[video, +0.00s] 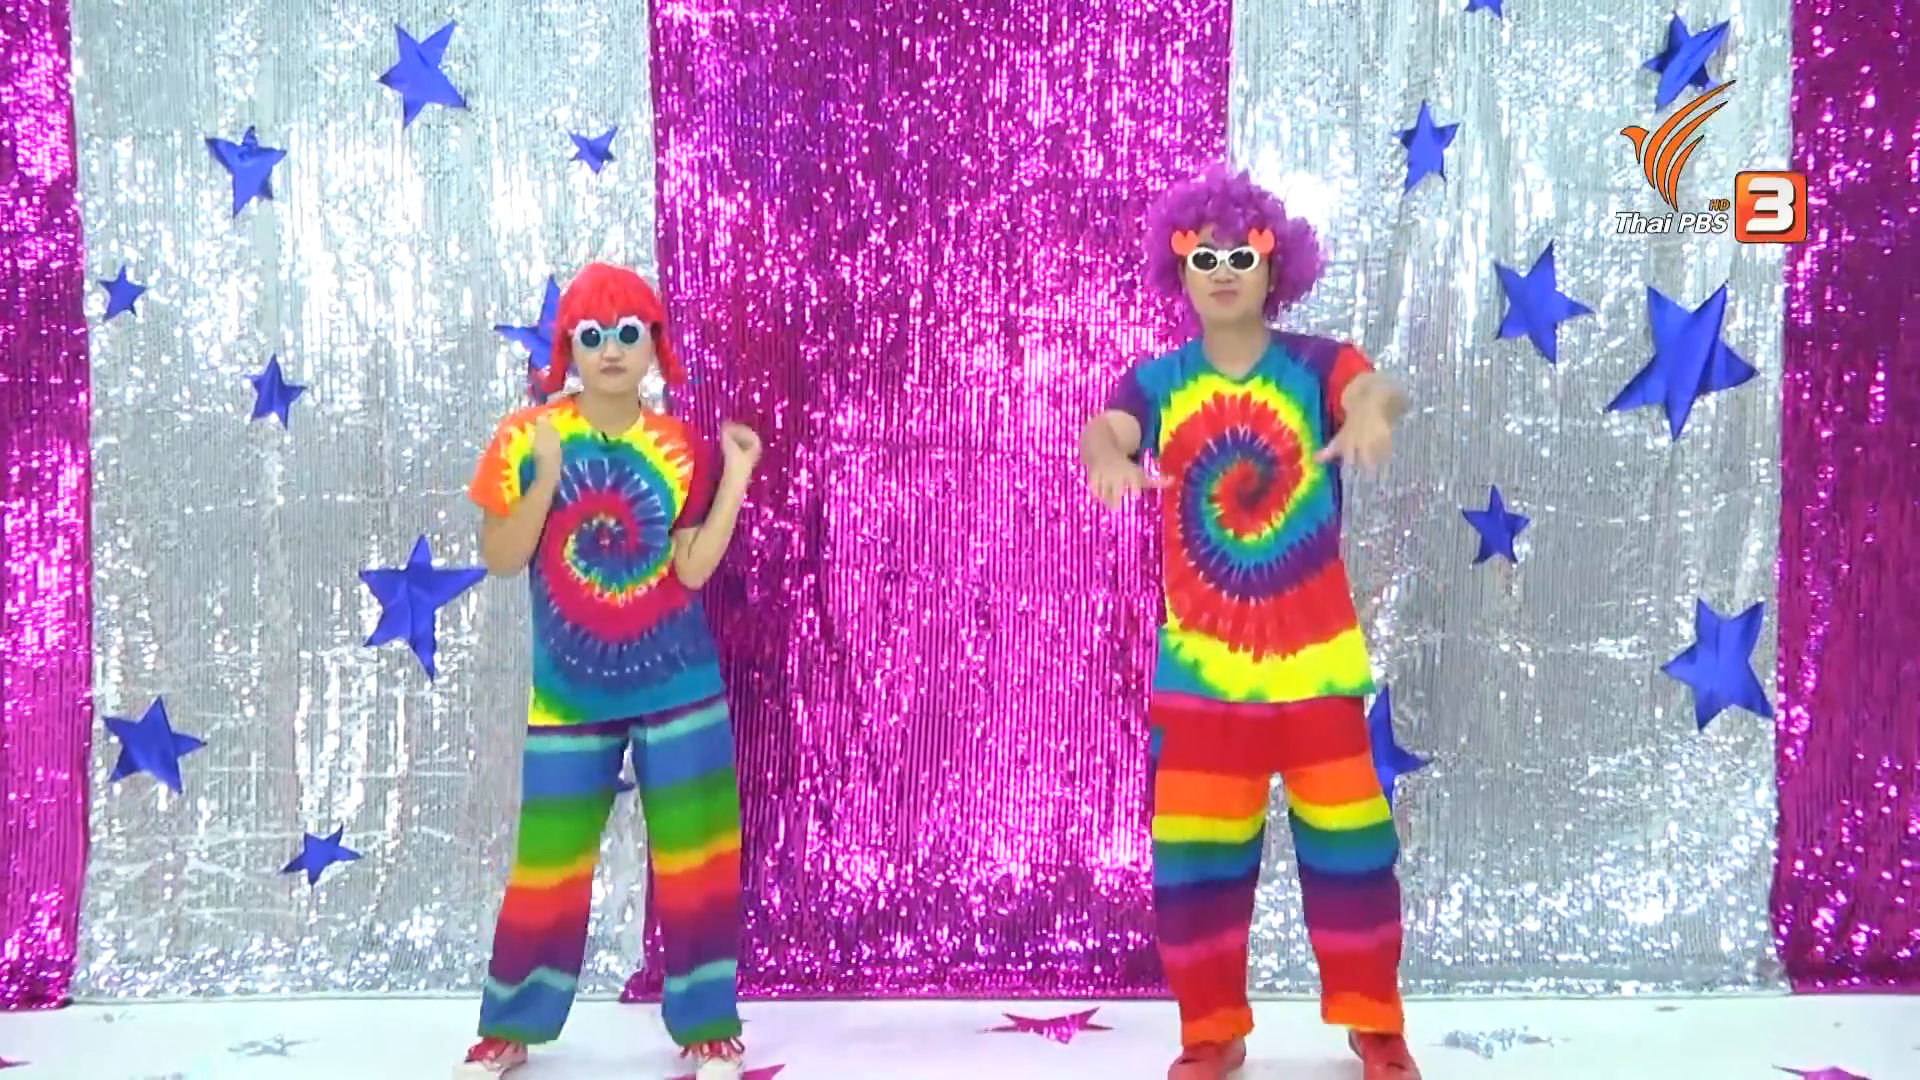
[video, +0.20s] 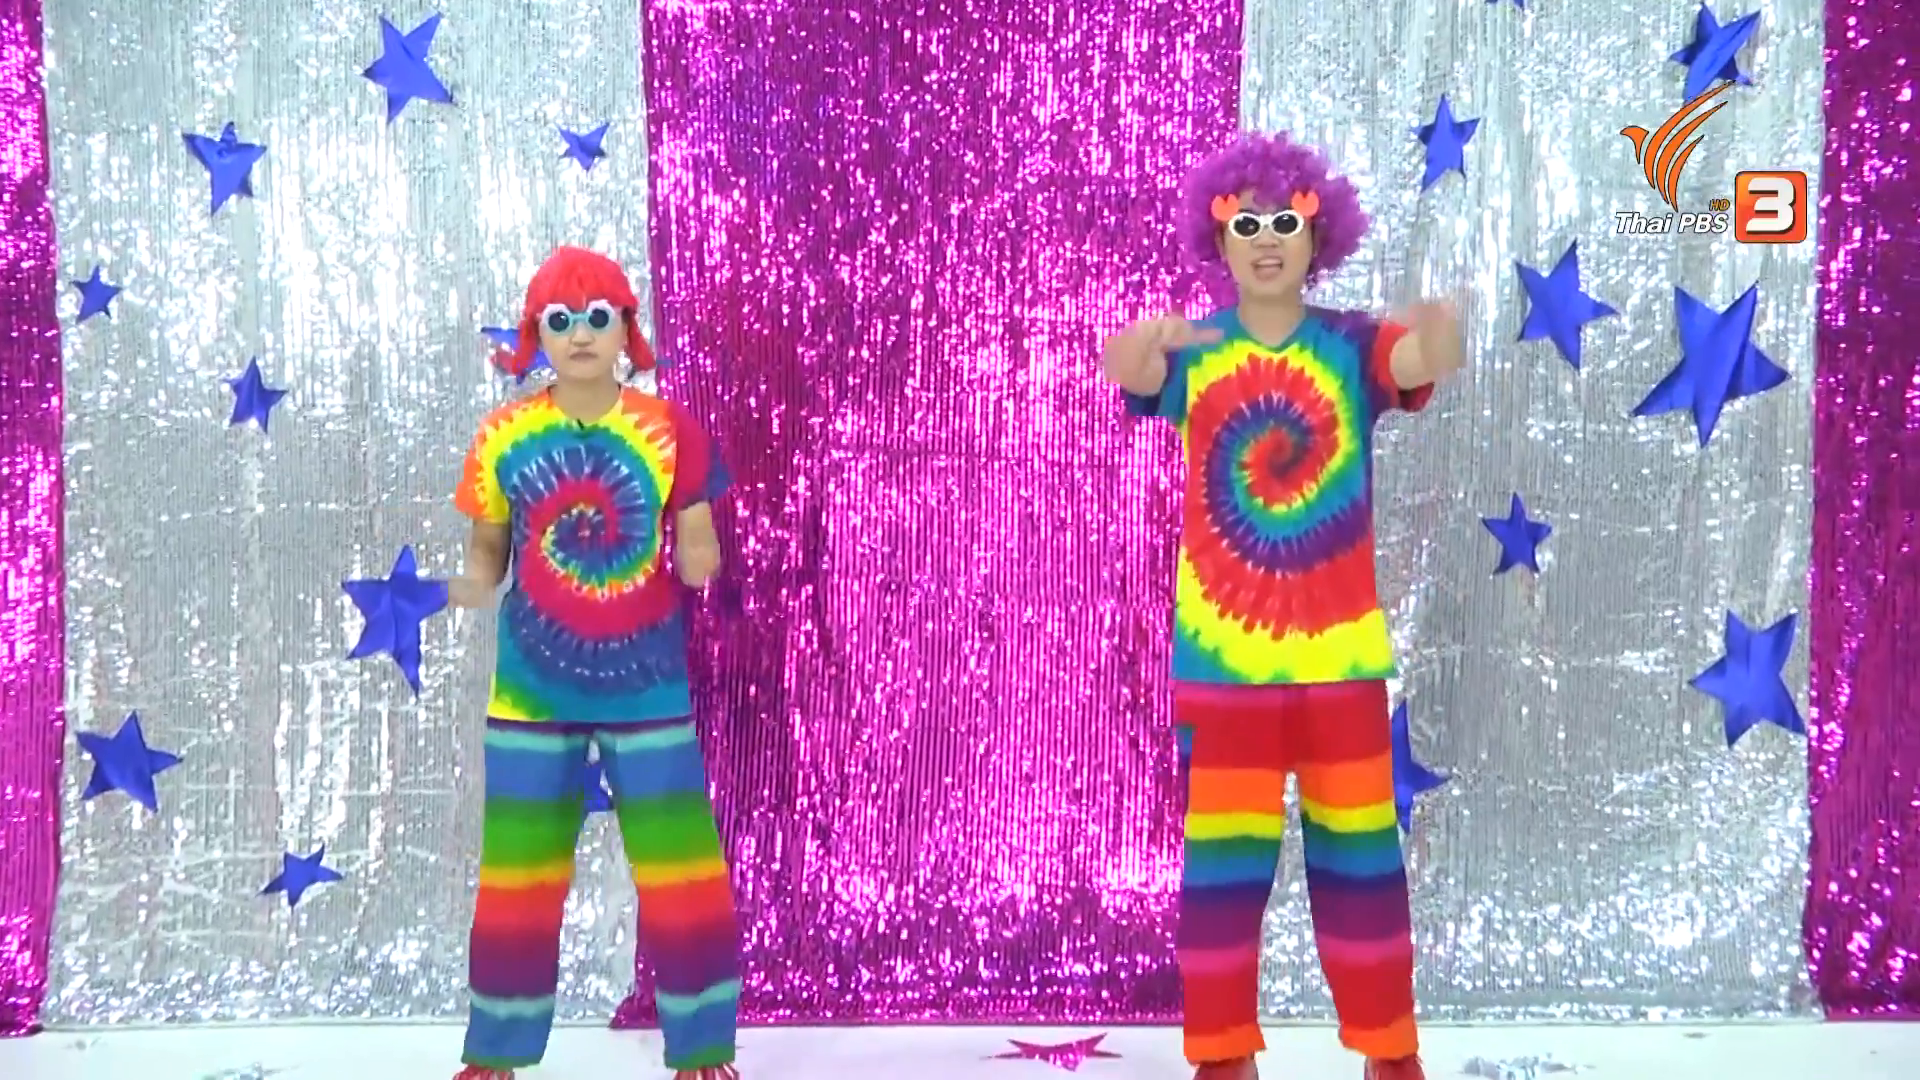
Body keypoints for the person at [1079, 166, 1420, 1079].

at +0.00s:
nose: (1223, 272)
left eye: (1243, 256)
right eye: (1203, 256)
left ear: (1273, 271)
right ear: (1179, 276)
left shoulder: (1320, 363)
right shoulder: (1158, 382)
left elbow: (1373, 387)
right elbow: (1107, 429)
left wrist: (1370, 412)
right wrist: (1107, 457)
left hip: (1320, 661)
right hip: (1204, 667)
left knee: (1353, 847)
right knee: (1197, 855)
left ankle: (1376, 1028)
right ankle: (1210, 1032)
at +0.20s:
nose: (1267, 243)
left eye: (1285, 225)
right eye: (1247, 226)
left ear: (1313, 246)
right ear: (1221, 247)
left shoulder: (1352, 343)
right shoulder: (1194, 352)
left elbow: (1423, 359)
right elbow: (1123, 366)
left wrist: (1440, 317)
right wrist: (1152, 336)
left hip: (1341, 644)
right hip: (1228, 650)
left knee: (1362, 852)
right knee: (1226, 859)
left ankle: (1392, 1054)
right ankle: (1223, 1059)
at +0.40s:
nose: (1326, 252)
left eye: (1345, 235)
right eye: (1305, 236)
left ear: (1374, 253)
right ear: (1276, 256)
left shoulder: (1406, 361)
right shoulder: (1247, 354)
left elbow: (1484, 400)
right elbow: (1184, 371)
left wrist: (1493, 350)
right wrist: (1234, 355)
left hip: (1380, 671)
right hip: (1261, 669)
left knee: (1384, 888)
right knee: (1246, 889)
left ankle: (1384, 1070)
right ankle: (1243, 1070)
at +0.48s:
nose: (1352, 269)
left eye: (1372, 250)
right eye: (1330, 252)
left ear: (1401, 268)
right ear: (1299, 271)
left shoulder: (1433, 377)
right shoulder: (1261, 367)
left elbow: (1510, 433)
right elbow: (1209, 408)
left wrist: (1510, 431)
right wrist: (1275, 424)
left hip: (1398, 697)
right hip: (1276, 694)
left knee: (1402, 903)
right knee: (1245, 903)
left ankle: (1397, 1068)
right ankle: (1246, 1069)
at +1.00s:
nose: (1326, 291)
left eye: (1348, 272)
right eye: (1304, 273)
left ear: (1381, 292)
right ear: (1273, 295)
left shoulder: (1429, 404)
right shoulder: (1236, 406)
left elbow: (1513, 457)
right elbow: (1161, 463)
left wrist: (1473, 407)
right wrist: (1162, 445)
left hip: (1406, 751)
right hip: (1271, 753)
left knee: (1424, 987)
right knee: (1268, 995)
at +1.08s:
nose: (1311, 318)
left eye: (1333, 298)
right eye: (1288, 300)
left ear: (1366, 317)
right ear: (1256, 321)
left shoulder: (1422, 425)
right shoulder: (1223, 437)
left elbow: (1501, 494)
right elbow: (1159, 499)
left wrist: (1452, 492)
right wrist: (1143, 523)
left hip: (1402, 791)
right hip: (1264, 794)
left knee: (1428, 1021)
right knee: (1256, 1031)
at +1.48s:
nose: (1389, 313)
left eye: (1410, 292)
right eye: (1364, 295)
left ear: (1444, 310)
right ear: (1330, 317)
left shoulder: (1490, 431)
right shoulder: (1291, 433)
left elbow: (1596, 469)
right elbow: (1184, 473)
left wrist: (1571, 404)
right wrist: (1220, 443)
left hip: (1461, 801)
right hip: (1322, 801)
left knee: (1474, 1042)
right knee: (1312, 1040)